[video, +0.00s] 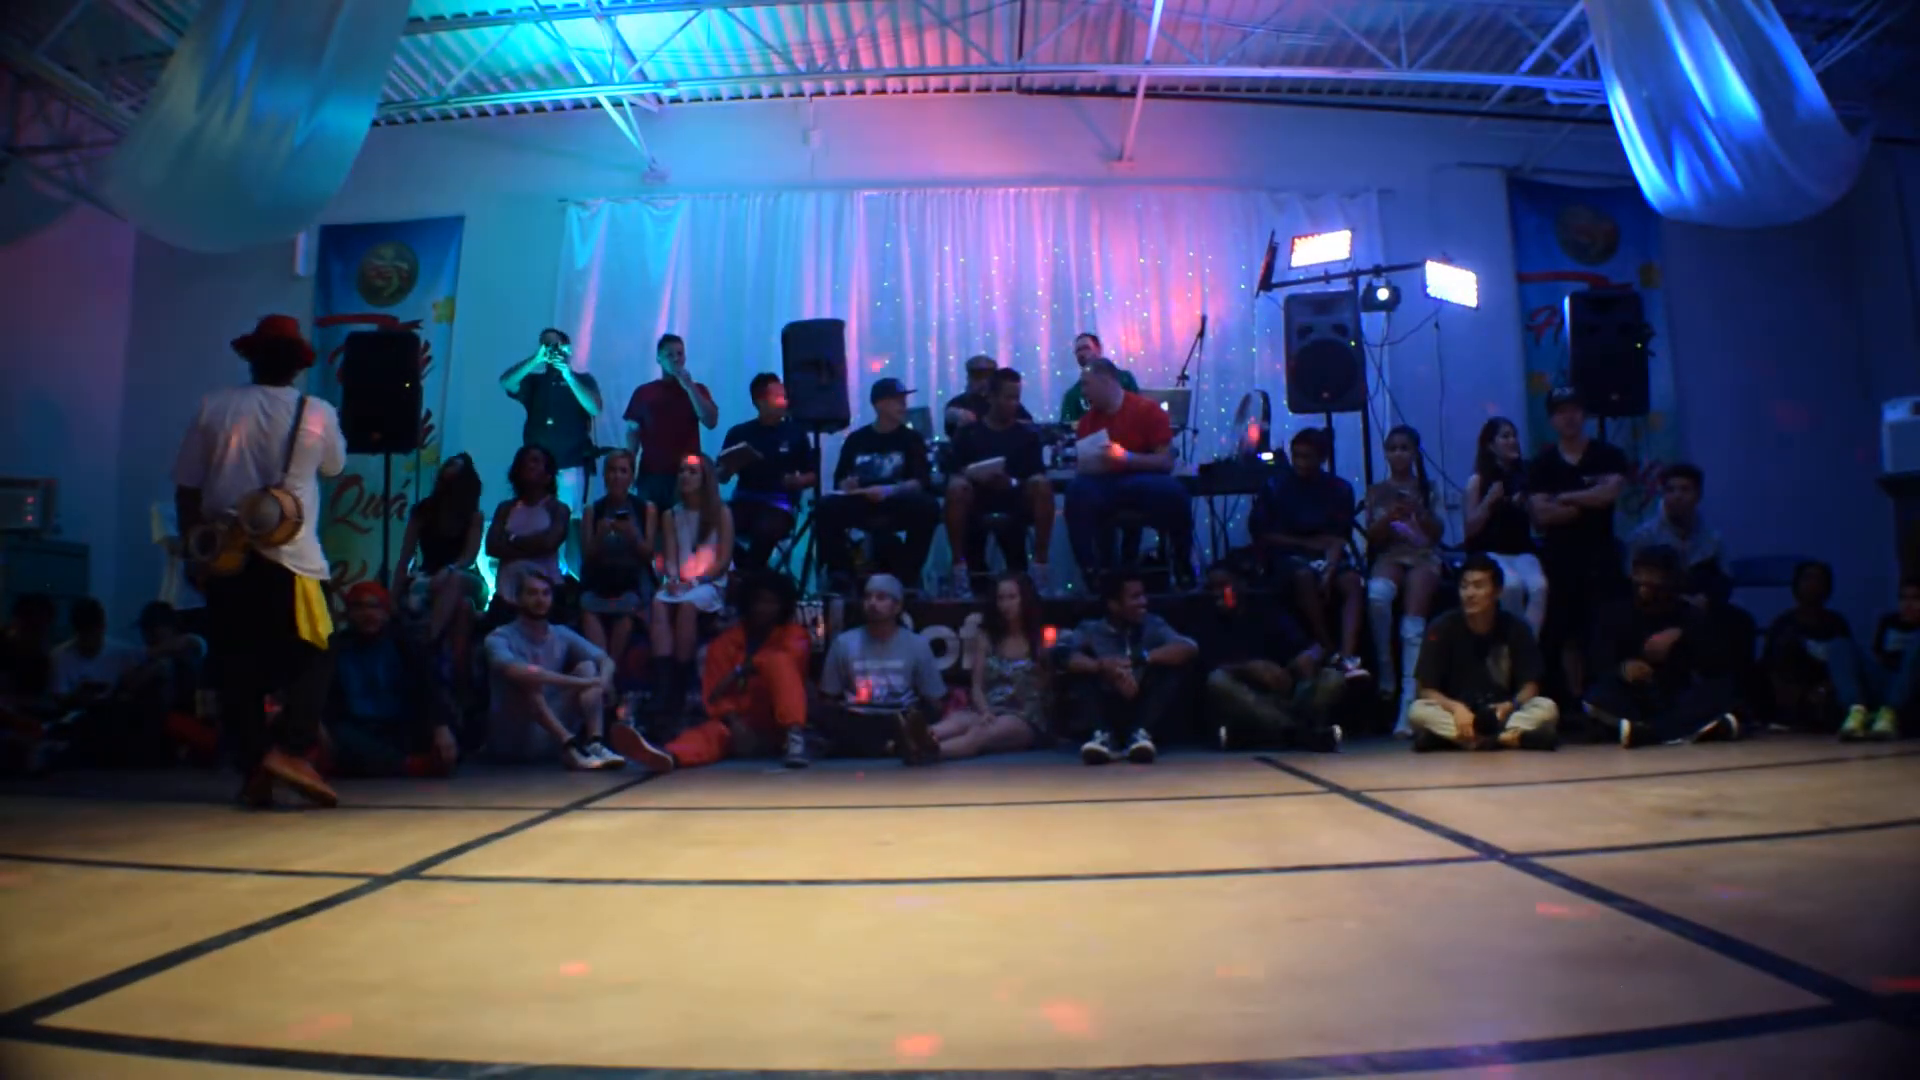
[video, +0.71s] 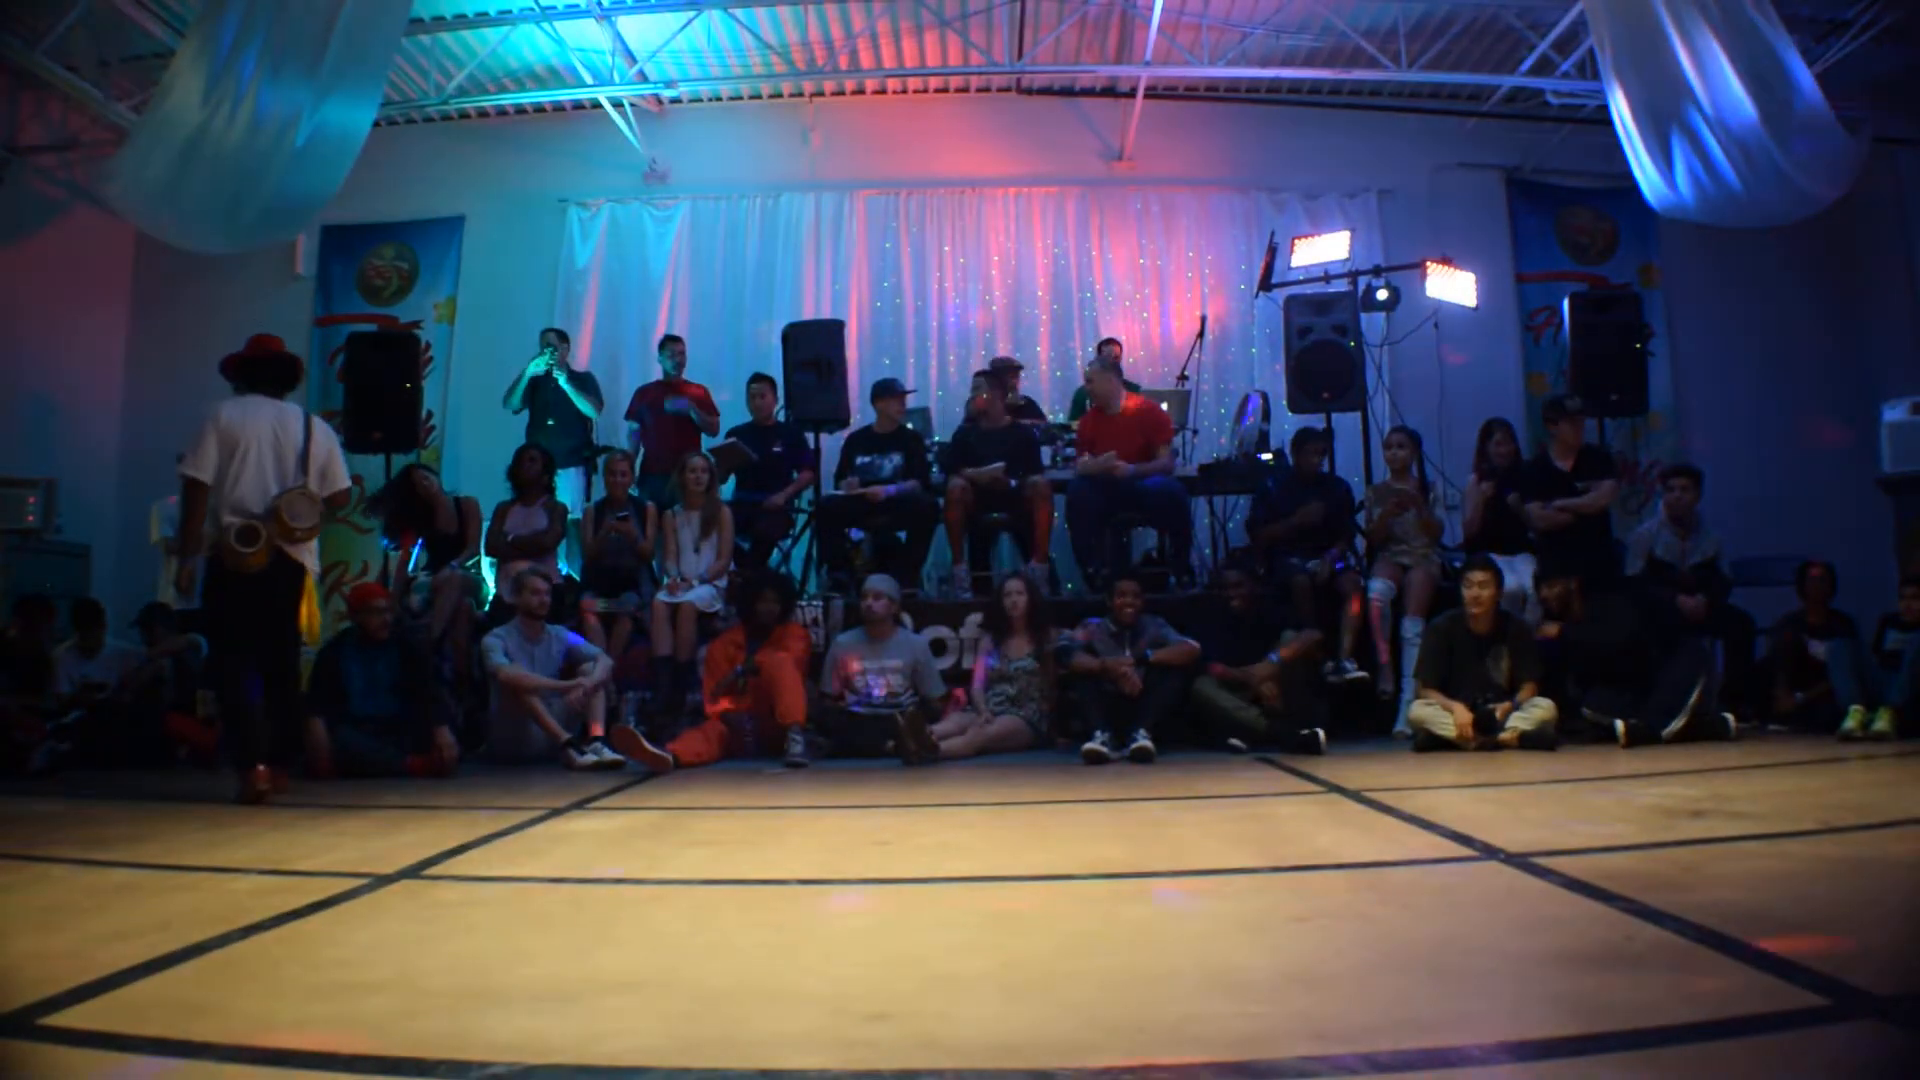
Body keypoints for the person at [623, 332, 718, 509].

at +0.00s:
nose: (676, 359)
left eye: (679, 354)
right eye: (669, 355)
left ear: (684, 356)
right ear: (659, 359)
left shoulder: (697, 390)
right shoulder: (644, 393)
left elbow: (710, 421)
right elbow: (632, 434)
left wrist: (689, 387)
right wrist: (628, 473)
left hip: (687, 476)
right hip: (652, 474)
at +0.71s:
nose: (677, 360)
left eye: (681, 354)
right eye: (671, 355)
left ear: (686, 357)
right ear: (660, 359)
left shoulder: (698, 392)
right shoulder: (644, 393)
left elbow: (713, 429)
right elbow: (633, 436)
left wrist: (691, 410)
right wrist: (628, 473)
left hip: (688, 476)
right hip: (653, 473)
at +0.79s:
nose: (669, 360)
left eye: (674, 354)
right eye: (664, 356)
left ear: (684, 357)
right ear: (659, 360)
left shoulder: (699, 393)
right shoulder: (645, 393)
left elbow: (713, 431)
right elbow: (634, 434)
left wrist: (690, 423)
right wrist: (629, 471)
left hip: (688, 476)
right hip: (653, 473)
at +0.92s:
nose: (659, 361)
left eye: (664, 355)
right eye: (656, 356)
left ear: (680, 356)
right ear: (654, 360)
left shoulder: (699, 393)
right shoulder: (644, 393)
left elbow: (711, 433)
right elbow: (634, 433)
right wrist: (628, 469)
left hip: (686, 476)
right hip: (652, 473)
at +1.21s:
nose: (656, 361)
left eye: (661, 355)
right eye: (655, 356)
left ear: (679, 356)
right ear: (653, 360)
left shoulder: (699, 393)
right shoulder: (645, 392)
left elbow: (711, 435)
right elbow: (634, 434)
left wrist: (715, 473)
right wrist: (628, 471)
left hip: (687, 478)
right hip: (651, 475)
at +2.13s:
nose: (674, 359)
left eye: (680, 353)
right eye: (668, 354)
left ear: (687, 358)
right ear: (661, 359)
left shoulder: (701, 392)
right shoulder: (648, 393)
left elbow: (711, 436)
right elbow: (637, 435)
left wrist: (712, 474)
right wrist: (627, 470)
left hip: (690, 477)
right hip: (655, 475)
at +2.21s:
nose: (675, 359)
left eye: (679, 353)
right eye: (669, 354)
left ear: (687, 357)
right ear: (661, 359)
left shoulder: (701, 392)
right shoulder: (648, 393)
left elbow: (712, 436)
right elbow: (635, 436)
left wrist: (714, 473)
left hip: (689, 477)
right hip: (654, 475)